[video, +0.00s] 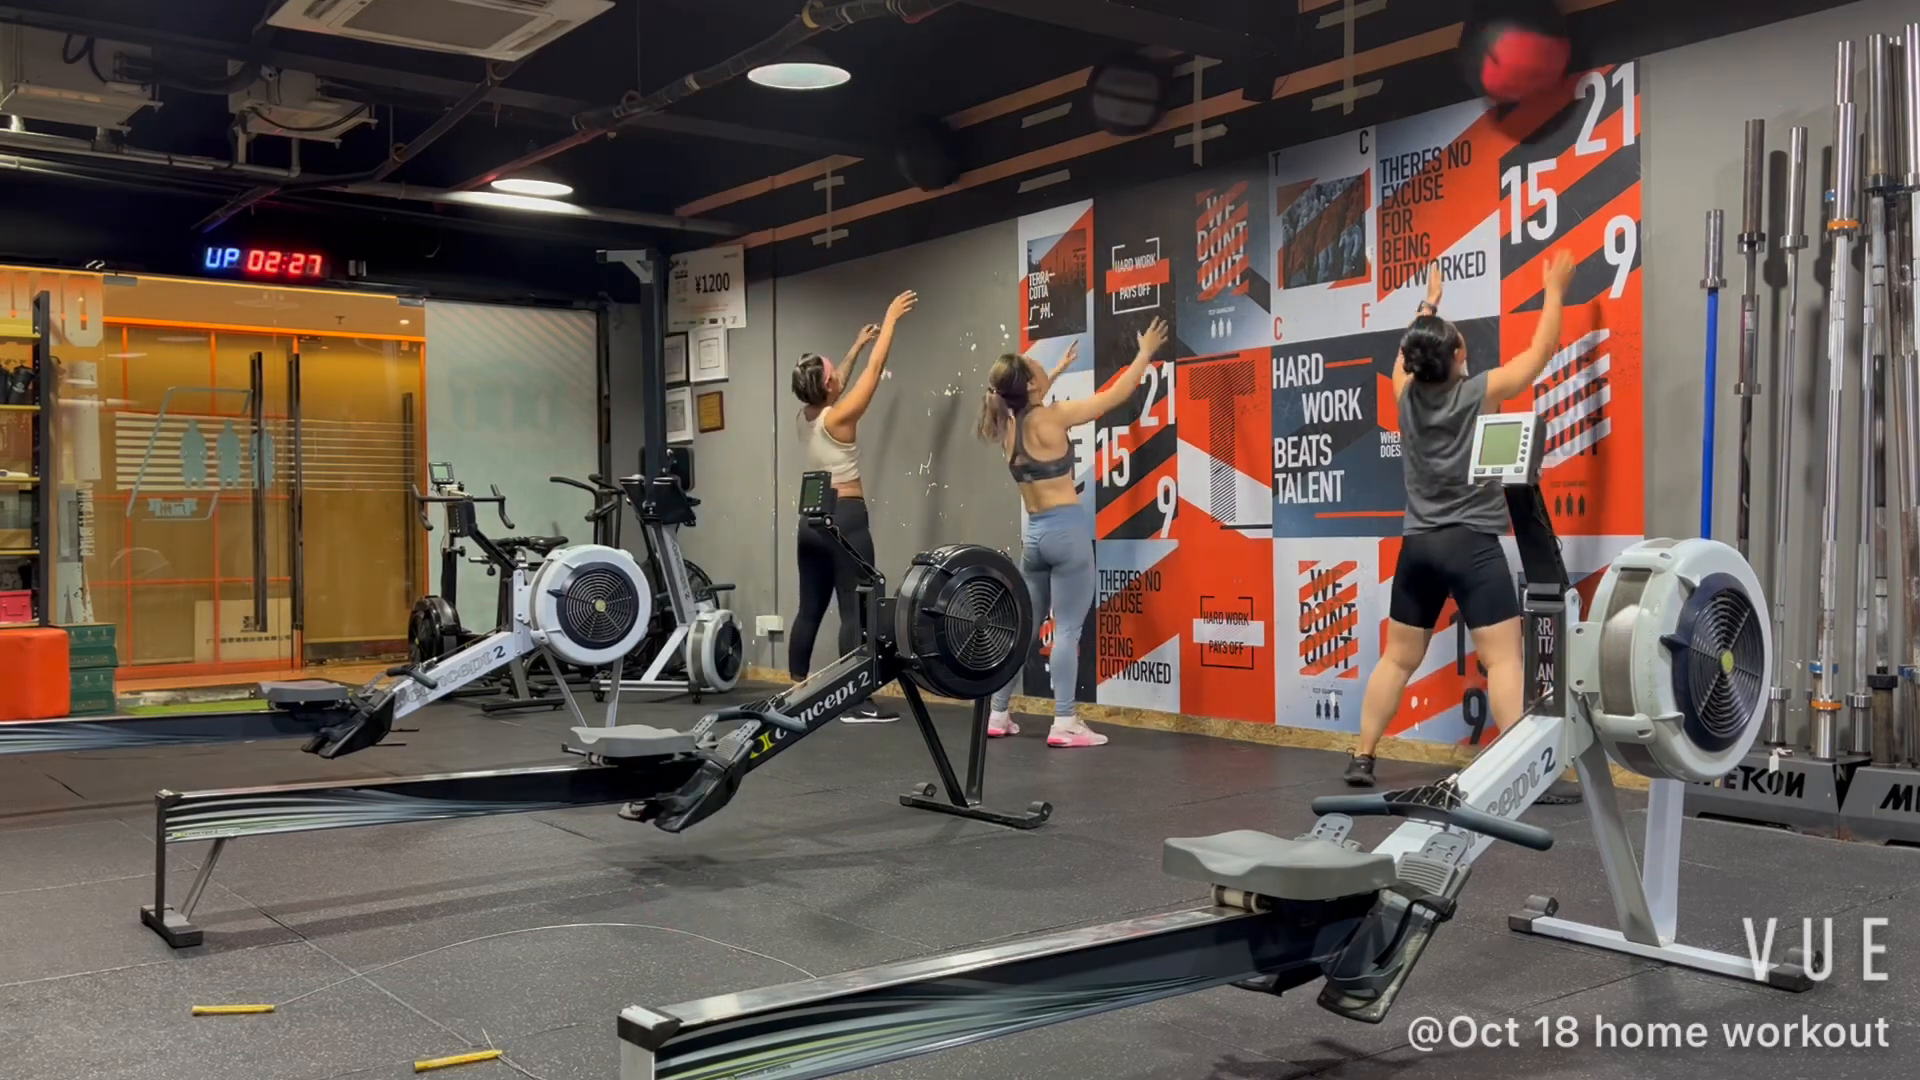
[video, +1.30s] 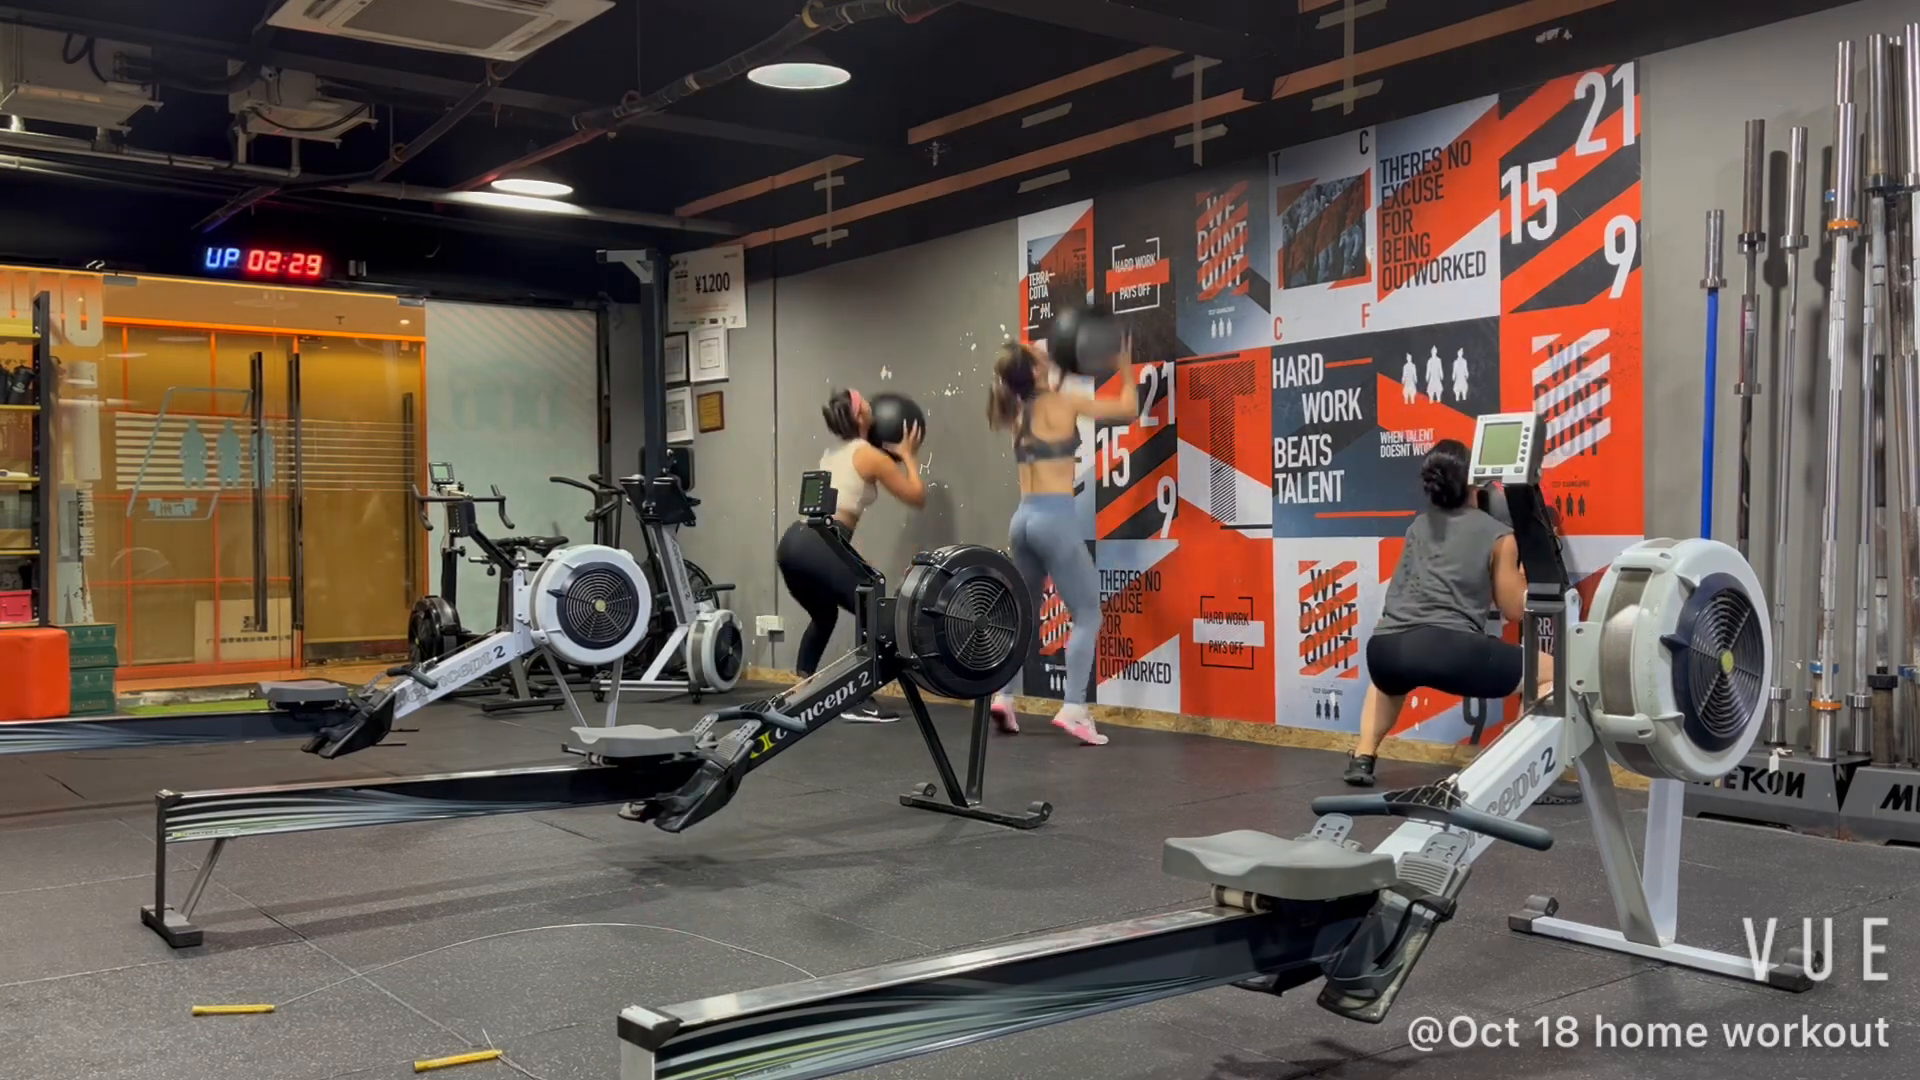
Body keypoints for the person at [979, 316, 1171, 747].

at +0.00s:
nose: (1043, 378)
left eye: (1040, 374)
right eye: (1038, 374)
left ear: (1014, 393)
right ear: (1031, 387)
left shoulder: (1012, 425)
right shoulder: (1055, 415)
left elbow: (1036, 400)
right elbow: (1117, 394)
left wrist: (1059, 369)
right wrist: (1145, 352)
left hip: (1034, 529)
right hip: (1067, 527)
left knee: (1022, 624)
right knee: (1067, 629)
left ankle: (997, 713)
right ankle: (1065, 722)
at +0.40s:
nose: (1054, 385)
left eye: (1049, 381)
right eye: (1048, 384)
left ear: (1024, 404)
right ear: (1041, 400)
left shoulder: (1021, 435)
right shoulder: (1061, 432)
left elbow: (1071, 445)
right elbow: (1127, 444)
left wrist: (1089, 418)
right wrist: (1131, 401)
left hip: (1010, 545)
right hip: (1038, 549)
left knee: (1015, 629)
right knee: (1091, 634)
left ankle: (997, 714)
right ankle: (1067, 722)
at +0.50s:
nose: (1057, 417)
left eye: (1052, 412)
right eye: (1051, 416)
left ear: (1026, 436)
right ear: (1046, 435)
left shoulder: (1017, 465)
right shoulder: (1064, 469)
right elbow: (1118, 507)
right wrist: (1129, 469)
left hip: (1006, 571)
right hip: (1035, 577)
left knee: (1020, 638)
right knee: (1105, 641)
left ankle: (997, 714)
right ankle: (1068, 724)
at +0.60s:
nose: (1059, 450)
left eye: (1054, 448)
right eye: (1054, 452)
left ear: (1027, 472)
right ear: (1048, 470)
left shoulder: (1019, 503)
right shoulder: (1066, 508)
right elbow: (1115, 554)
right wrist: (1124, 513)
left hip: (1001, 606)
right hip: (1034, 613)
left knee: (1022, 640)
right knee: (1115, 650)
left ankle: (997, 715)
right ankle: (1069, 724)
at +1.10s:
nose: (1055, 430)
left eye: (1048, 428)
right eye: (1049, 432)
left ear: (1027, 456)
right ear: (1046, 451)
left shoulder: (1022, 483)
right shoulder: (1069, 485)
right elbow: (1122, 524)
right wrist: (1122, 488)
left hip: (1005, 582)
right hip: (1038, 589)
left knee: (1033, 644)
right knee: (1106, 648)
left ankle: (999, 715)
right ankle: (1069, 724)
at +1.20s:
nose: (1052, 395)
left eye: (1046, 392)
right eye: (1046, 395)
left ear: (1025, 417)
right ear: (1042, 411)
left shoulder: (1020, 447)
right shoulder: (1067, 443)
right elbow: (1124, 475)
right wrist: (1123, 439)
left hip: (1014, 553)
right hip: (1045, 557)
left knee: (1022, 635)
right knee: (1102, 638)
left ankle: (1001, 711)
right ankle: (1069, 722)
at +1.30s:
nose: (1045, 359)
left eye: (1040, 357)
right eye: (1040, 358)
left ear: (1017, 381)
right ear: (1039, 373)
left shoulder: (1019, 412)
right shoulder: (1066, 403)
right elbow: (1128, 409)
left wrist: (1059, 371)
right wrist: (1126, 369)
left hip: (1025, 514)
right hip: (1056, 516)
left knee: (1019, 612)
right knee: (1087, 614)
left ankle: (1002, 694)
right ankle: (1074, 709)